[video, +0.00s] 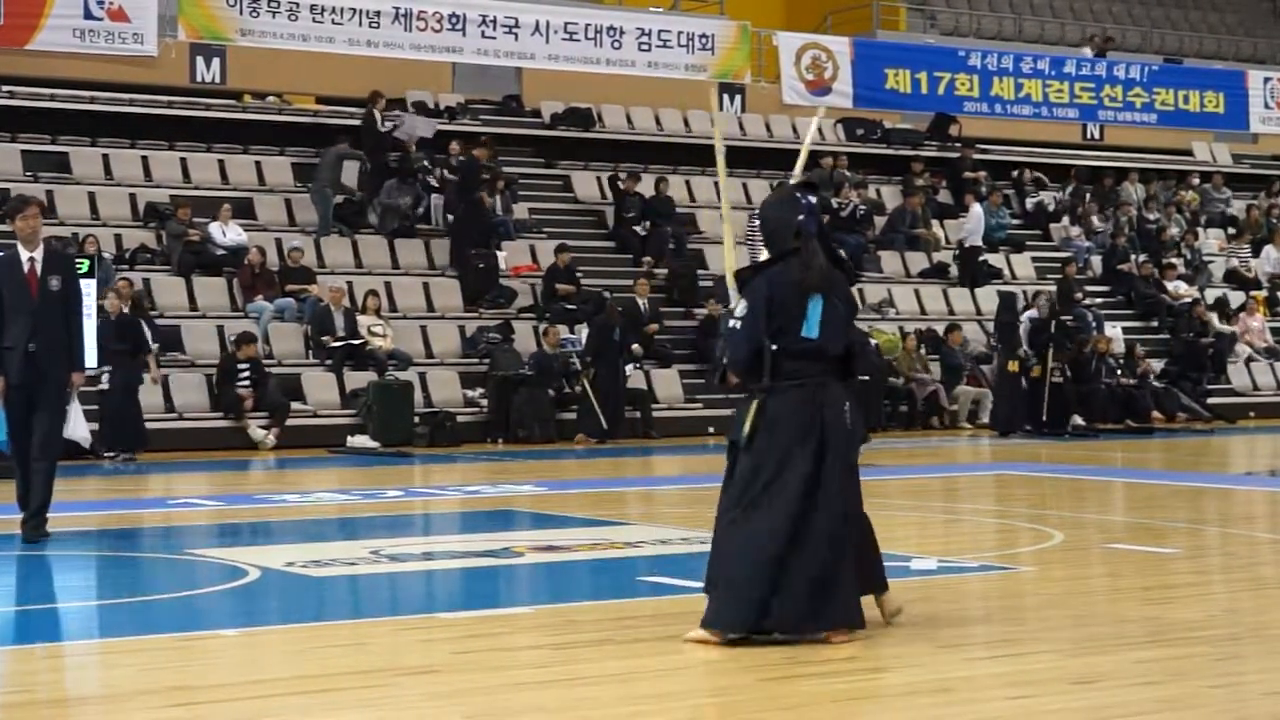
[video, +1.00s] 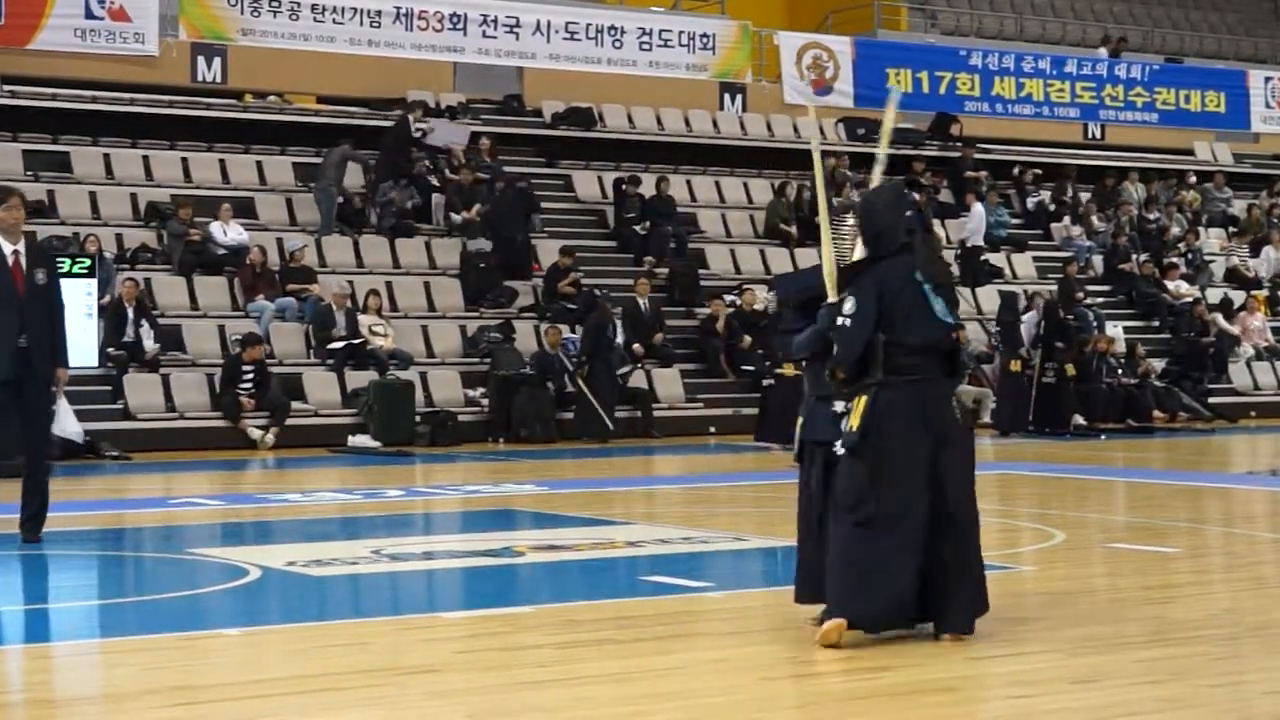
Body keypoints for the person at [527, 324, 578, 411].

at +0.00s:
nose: (557, 338)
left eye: (558, 334)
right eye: (554, 335)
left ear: (560, 335)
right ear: (545, 338)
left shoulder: (563, 356)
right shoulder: (536, 357)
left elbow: (568, 374)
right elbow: (533, 380)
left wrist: (574, 386)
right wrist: (545, 390)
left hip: (562, 392)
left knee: (585, 397)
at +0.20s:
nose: (558, 337)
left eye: (558, 334)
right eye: (554, 335)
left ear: (560, 335)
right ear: (545, 338)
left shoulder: (563, 356)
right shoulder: (536, 357)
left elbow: (569, 374)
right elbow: (534, 379)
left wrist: (574, 386)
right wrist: (545, 390)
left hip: (562, 392)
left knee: (584, 397)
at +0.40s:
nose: (558, 337)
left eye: (558, 334)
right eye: (554, 335)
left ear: (560, 335)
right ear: (546, 338)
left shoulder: (563, 356)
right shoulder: (536, 357)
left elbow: (569, 374)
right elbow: (533, 379)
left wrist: (575, 386)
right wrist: (546, 390)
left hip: (562, 392)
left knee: (583, 397)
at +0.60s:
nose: (558, 337)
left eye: (559, 334)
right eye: (554, 335)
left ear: (561, 335)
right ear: (546, 338)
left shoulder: (563, 355)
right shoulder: (537, 357)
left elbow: (571, 373)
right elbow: (533, 379)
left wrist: (575, 386)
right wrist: (546, 390)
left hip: (563, 392)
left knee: (584, 397)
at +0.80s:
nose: (557, 337)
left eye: (559, 334)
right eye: (553, 335)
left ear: (561, 336)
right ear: (546, 338)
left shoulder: (563, 355)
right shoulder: (537, 357)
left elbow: (571, 374)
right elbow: (534, 381)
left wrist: (574, 387)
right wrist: (548, 391)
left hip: (563, 393)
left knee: (584, 397)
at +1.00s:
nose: (556, 338)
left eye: (558, 335)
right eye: (552, 335)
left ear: (561, 337)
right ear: (546, 338)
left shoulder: (564, 355)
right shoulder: (537, 357)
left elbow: (572, 371)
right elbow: (537, 378)